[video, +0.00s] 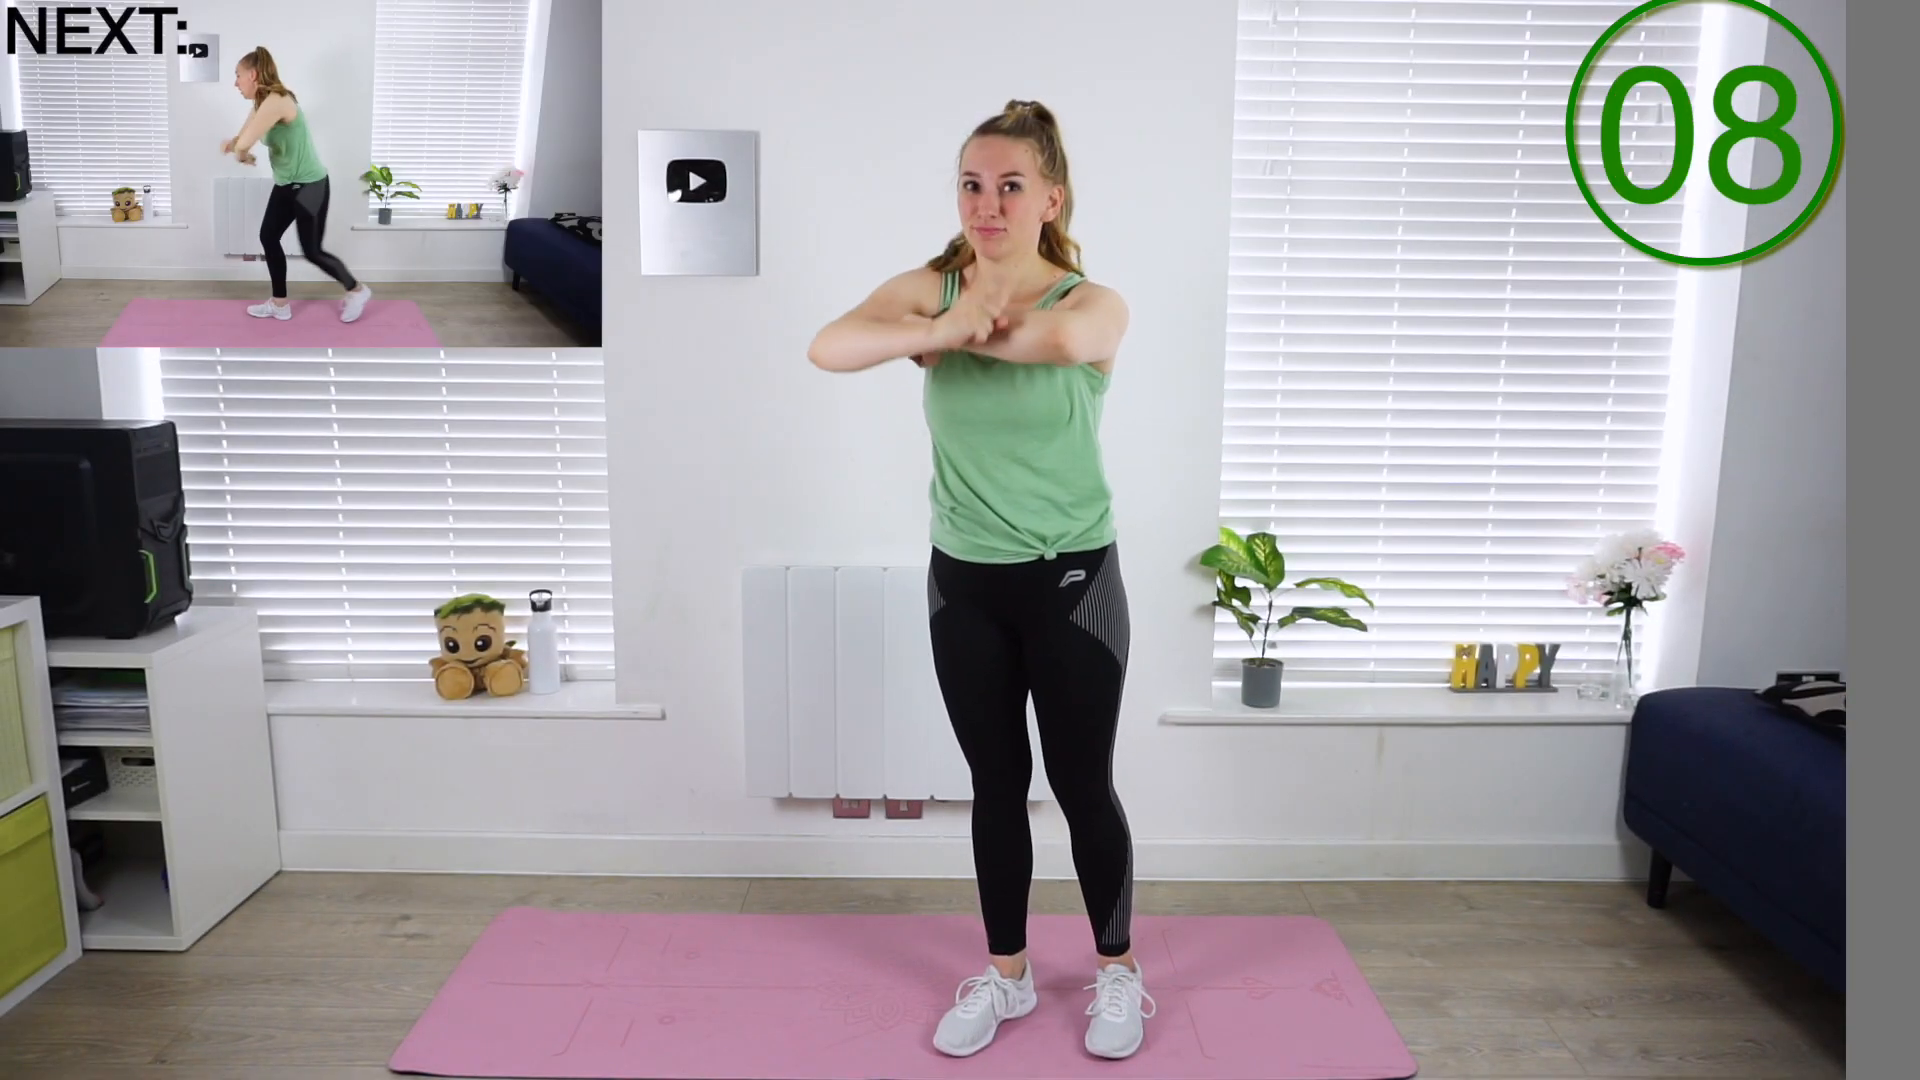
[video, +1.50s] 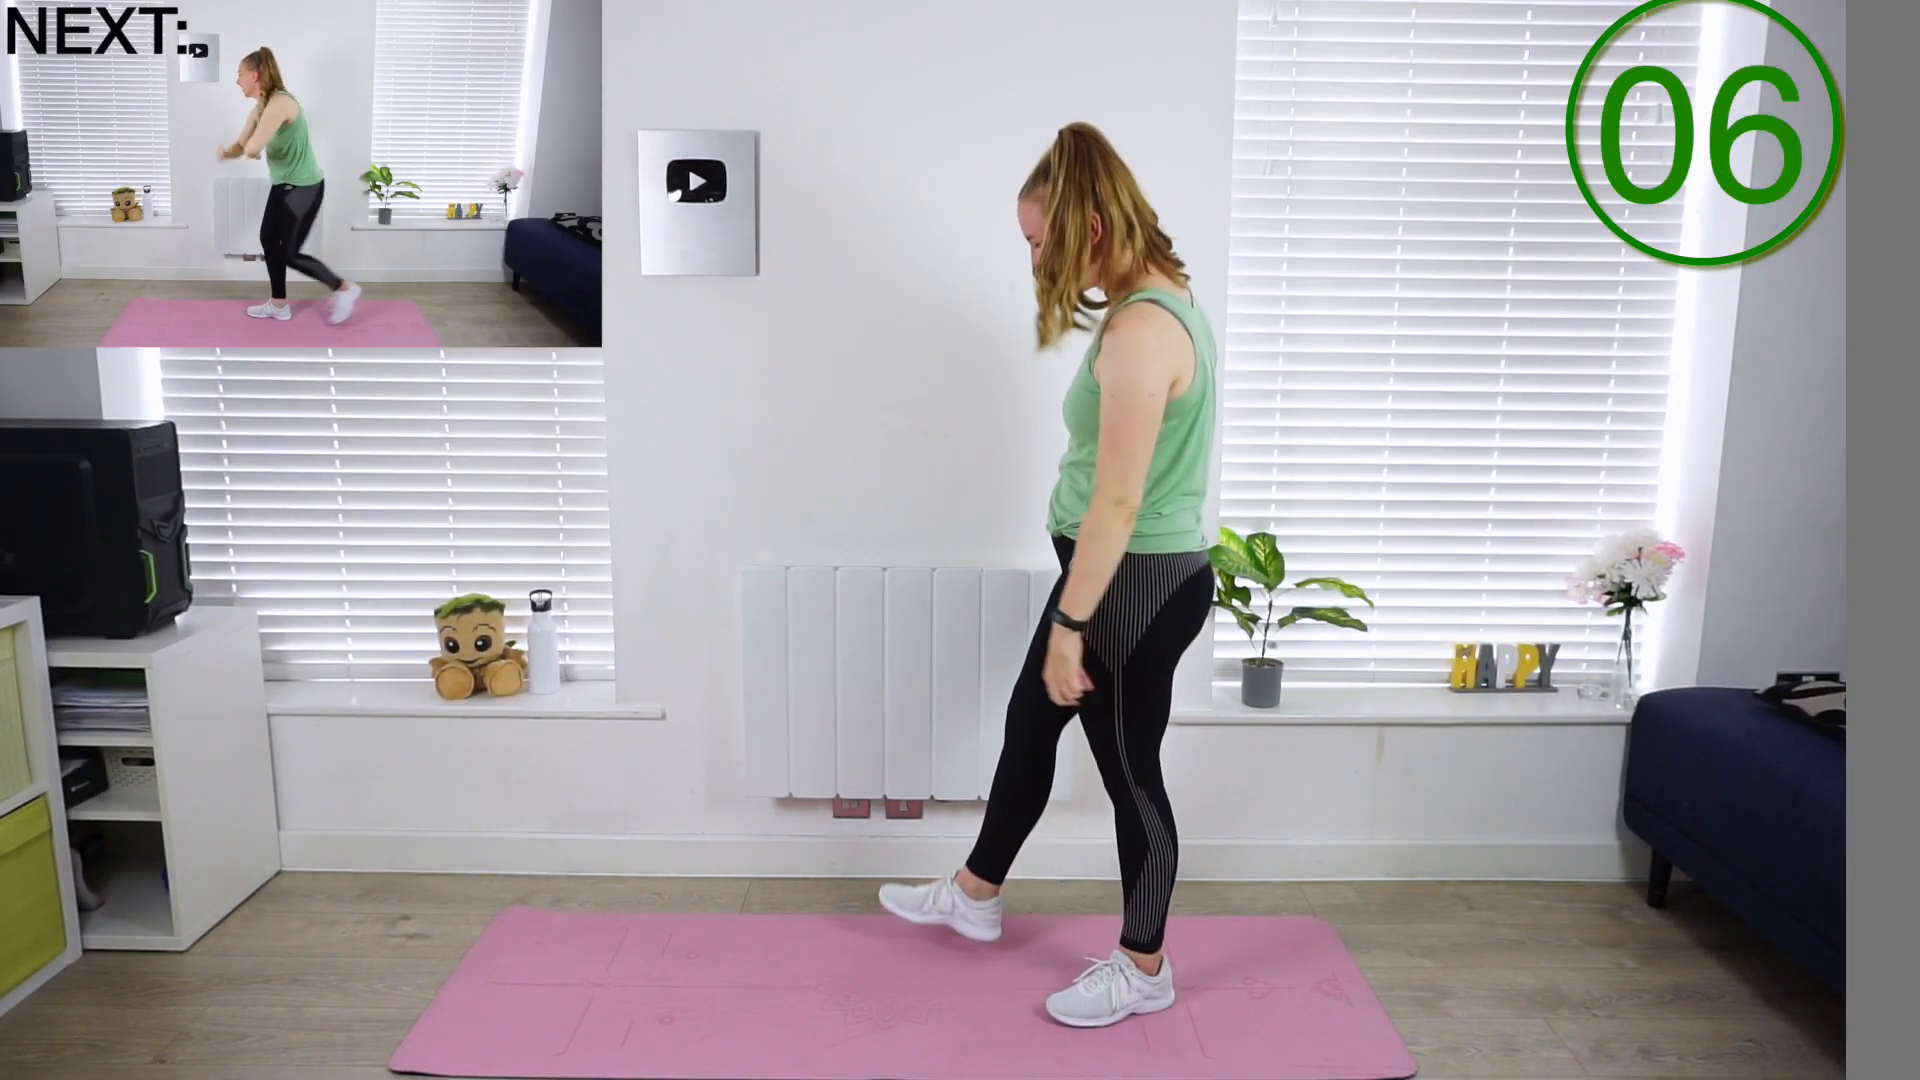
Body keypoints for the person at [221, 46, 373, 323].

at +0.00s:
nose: (236, 83)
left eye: (239, 76)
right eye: (236, 77)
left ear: (255, 76)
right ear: (256, 77)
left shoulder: (276, 101)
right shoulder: (261, 102)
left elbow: (243, 145)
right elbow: (248, 133)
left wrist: (242, 155)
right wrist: (235, 144)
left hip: (311, 184)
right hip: (286, 184)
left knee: (312, 251)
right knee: (269, 236)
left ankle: (357, 290)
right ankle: (279, 302)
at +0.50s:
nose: (249, 78)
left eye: (253, 73)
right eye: (250, 72)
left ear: (271, 76)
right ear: (271, 77)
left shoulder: (281, 100)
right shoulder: (273, 102)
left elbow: (233, 117)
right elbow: (238, 120)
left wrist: (233, 129)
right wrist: (225, 109)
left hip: (299, 192)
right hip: (279, 189)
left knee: (290, 259)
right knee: (255, 239)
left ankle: (347, 285)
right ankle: (277, 302)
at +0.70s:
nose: (260, 59)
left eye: (266, 56)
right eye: (262, 55)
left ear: (284, 65)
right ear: (282, 66)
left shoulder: (277, 87)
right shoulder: (283, 87)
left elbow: (237, 58)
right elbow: (248, 64)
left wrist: (239, 46)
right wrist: (224, 60)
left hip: (272, 182)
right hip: (281, 180)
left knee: (226, 237)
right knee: (258, 240)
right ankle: (278, 303)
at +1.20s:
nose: (262, 66)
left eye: (269, 61)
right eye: (263, 61)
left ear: (288, 68)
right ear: (286, 69)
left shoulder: (279, 97)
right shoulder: (286, 94)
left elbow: (231, 80)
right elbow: (251, 83)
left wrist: (239, 73)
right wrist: (228, 81)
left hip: (266, 186)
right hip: (272, 183)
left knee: (226, 241)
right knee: (254, 240)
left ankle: (211, 316)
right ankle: (277, 304)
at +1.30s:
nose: (253, 73)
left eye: (258, 67)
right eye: (254, 67)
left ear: (278, 71)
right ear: (276, 72)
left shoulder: (281, 103)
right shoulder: (282, 98)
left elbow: (229, 111)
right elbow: (247, 109)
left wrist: (219, 110)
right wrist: (239, 117)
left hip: (281, 190)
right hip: (278, 186)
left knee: (232, 242)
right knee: (259, 241)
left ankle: (247, 314)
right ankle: (278, 305)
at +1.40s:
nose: (245, 79)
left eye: (248, 73)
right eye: (245, 73)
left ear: (265, 76)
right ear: (266, 76)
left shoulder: (279, 105)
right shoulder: (273, 102)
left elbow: (239, 137)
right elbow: (248, 126)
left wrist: (234, 148)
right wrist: (238, 129)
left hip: (295, 189)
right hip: (281, 186)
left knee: (256, 249)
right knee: (262, 244)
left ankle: (303, 300)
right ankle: (277, 304)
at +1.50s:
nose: (238, 81)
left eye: (241, 75)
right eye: (238, 75)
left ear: (257, 77)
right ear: (256, 77)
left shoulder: (280, 103)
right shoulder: (261, 107)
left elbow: (253, 149)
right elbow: (243, 143)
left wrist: (251, 151)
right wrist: (229, 153)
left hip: (305, 186)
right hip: (283, 185)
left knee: (289, 252)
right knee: (269, 239)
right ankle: (279, 303)